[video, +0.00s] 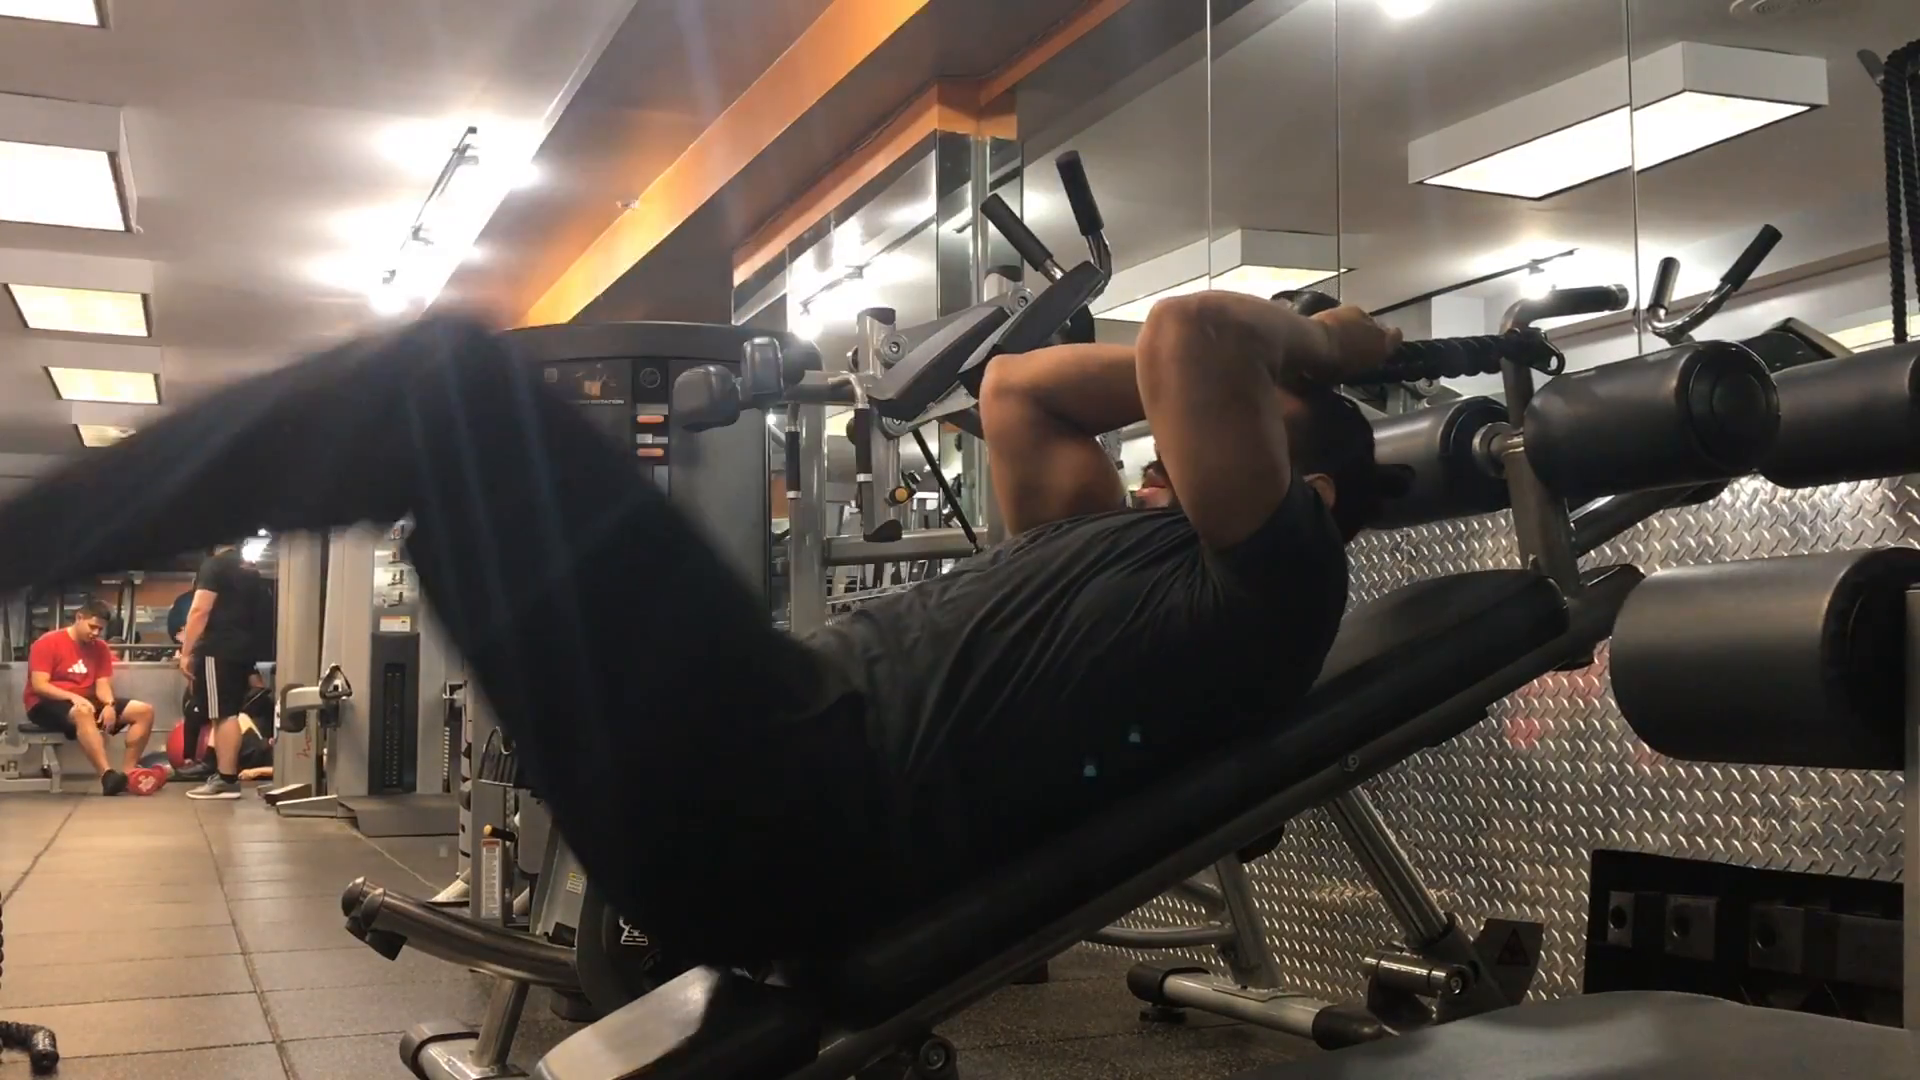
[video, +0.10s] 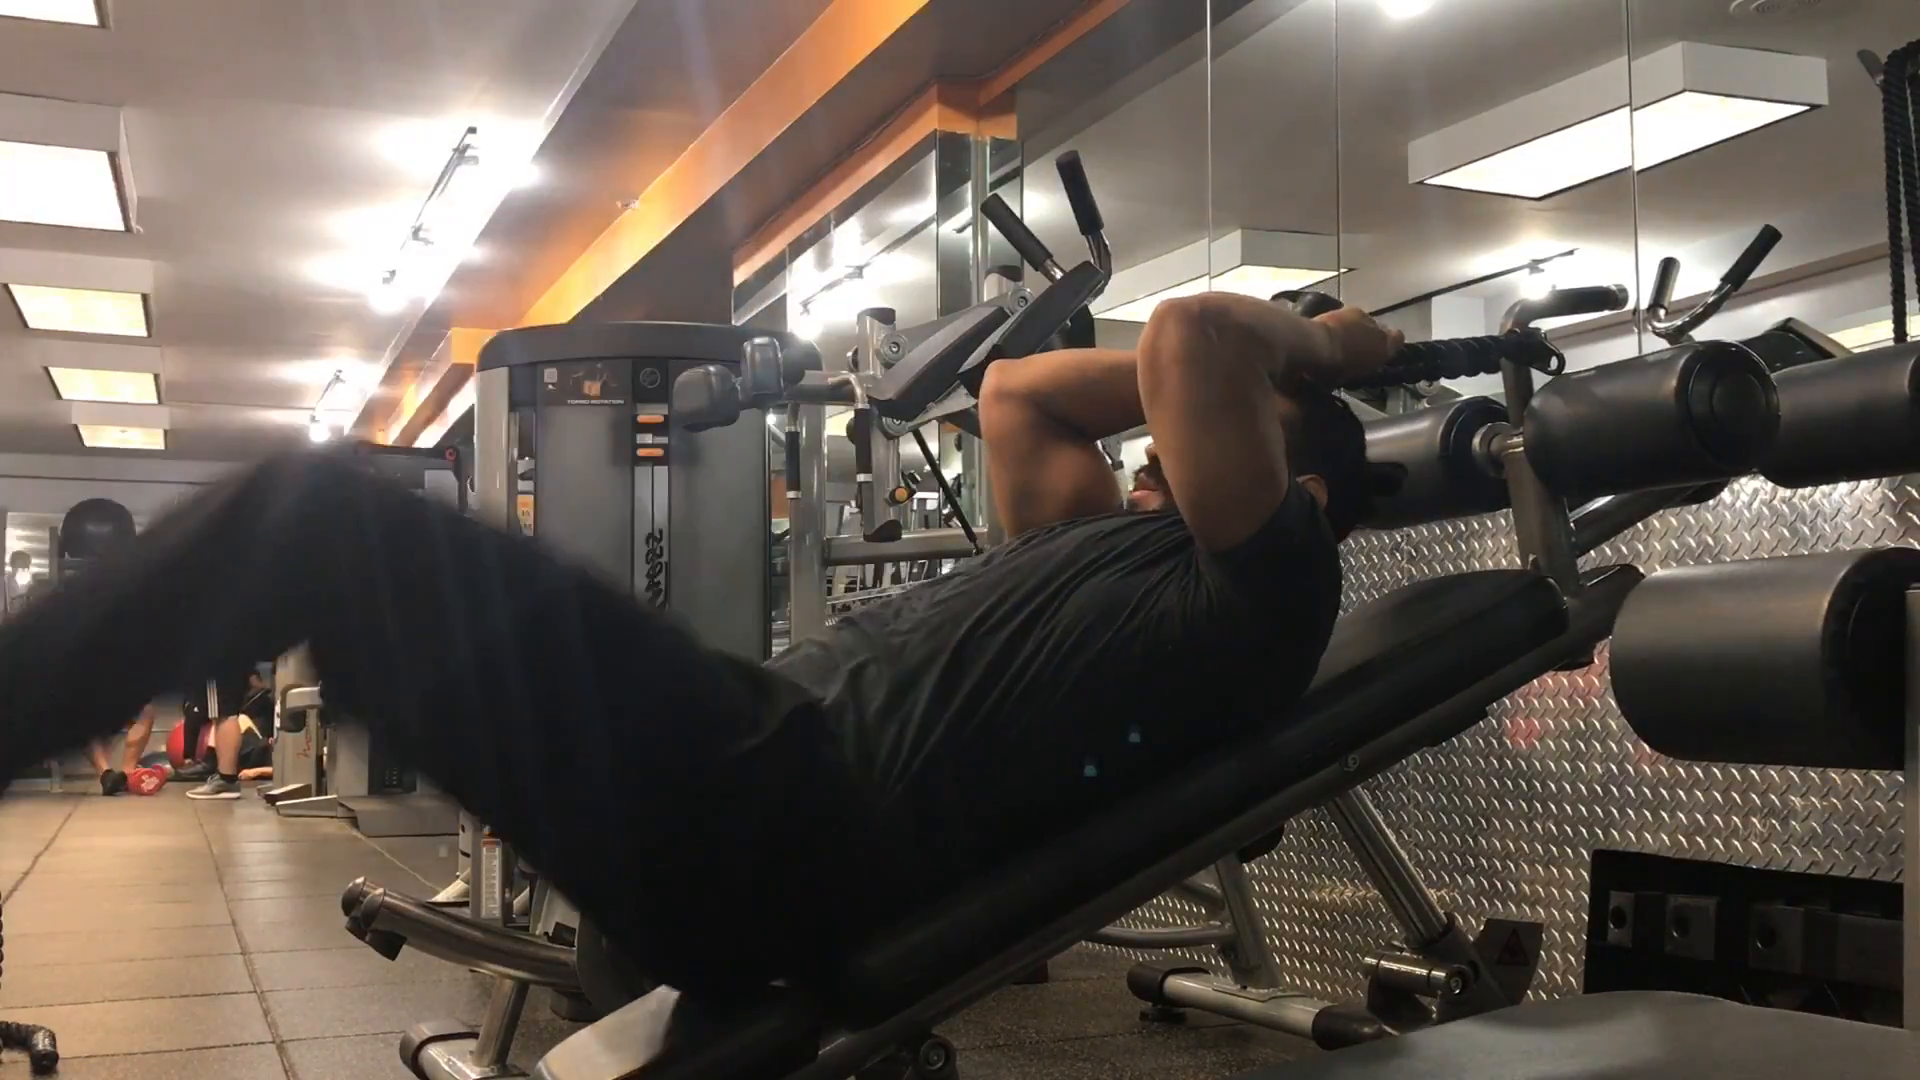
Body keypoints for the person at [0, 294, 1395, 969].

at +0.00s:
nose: (1208, 471)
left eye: (1246, 458)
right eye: (1231, 454)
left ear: (1290, 491)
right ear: (1236, 493)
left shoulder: (1261, 609)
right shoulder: (1112, 573)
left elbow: (1192, 328)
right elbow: (1026, 394)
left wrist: (1325, 338)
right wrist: (1236, 389)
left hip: (789, 820)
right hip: (748, 757)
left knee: (450, 377)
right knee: (451, 382)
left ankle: (33, 541)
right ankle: (50, 533)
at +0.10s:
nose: (1176, 469)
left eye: (1219, 455)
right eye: (1197, 447)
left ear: (1273, 484)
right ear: (1212, 491)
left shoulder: (1255, 612)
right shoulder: (1105, 567)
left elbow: (1192, 329)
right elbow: (1024, 394)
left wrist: (1311, 343)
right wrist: (1228, 400)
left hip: (791, 846)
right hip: (748, 768)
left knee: (324, 513)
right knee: (318, 498)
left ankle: (25, 689)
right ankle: (89, 609)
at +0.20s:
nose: (1168, 461)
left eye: (1220, 441)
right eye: (1191, 444)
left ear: (1274, 480)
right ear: (1211, 488)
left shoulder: (1257, 607)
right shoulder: (1098, 573)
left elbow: (1187, 328)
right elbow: (1018, 397)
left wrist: (1313, 348)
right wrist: (1222, 401)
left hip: (776, 840)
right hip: (729, 762)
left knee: (231, 671)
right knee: (237, 657)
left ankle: (7, 836)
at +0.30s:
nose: (1172, 446)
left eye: (1222, 428)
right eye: (1193, 431)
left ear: (1277, 476)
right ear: (1212, 480)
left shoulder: (1254, 605)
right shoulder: (1086, 564)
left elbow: (1184, 326)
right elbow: (1018, 402)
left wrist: (1319, 346)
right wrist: (1215, 402)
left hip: (744, 822)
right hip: (684, 742)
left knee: (192, 795)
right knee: (199, 781)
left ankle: (16, 976)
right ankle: (26, 964)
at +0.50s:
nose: (1159, 427)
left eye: (1213, 418)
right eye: (1176, 420)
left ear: (1272, 466)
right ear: (1182, 459)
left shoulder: (1246, 599)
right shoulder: (1078, 561)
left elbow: (1182, 319)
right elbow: (1005, 400)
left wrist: (1310, 337)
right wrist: (1196, 386)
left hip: (762, 838)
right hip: (695, 765)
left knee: (204, 850)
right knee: (209, 829)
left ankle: (23, 999)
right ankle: (33, 989)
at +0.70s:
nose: (1173, 462)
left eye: (1223, 443)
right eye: (1198, 441)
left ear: (1277, 488)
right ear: (1208, 492)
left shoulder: (1251, 608)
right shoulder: (1097, 570)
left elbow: (1175, 324)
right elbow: (1008, 404)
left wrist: (1300, 350)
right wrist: (1212, 403)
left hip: (777, 863)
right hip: (740, 783)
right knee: (334, 493)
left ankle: (28, 701)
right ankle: (88, 627)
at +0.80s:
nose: (1227, 468)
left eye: (1268, 466)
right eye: (1253, 456)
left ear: (1306, 509)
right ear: (1251, 490)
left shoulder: (1251, 611)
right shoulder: (1093, 569)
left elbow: (1193, 326)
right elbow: (1017, 400)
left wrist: (1326, 344)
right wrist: (1221, 378)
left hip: (777, 851)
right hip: (732, 780)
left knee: (543, 352)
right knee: (543, 341)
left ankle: (90, 473)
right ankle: (106, 458)